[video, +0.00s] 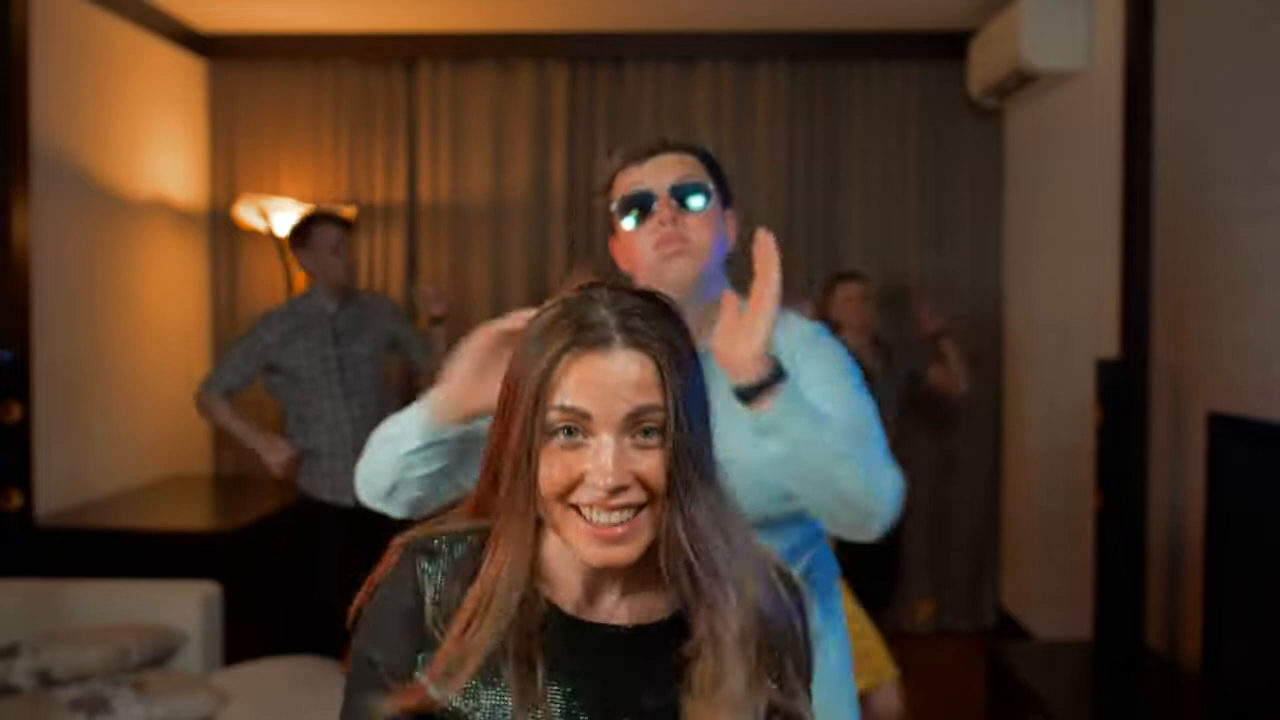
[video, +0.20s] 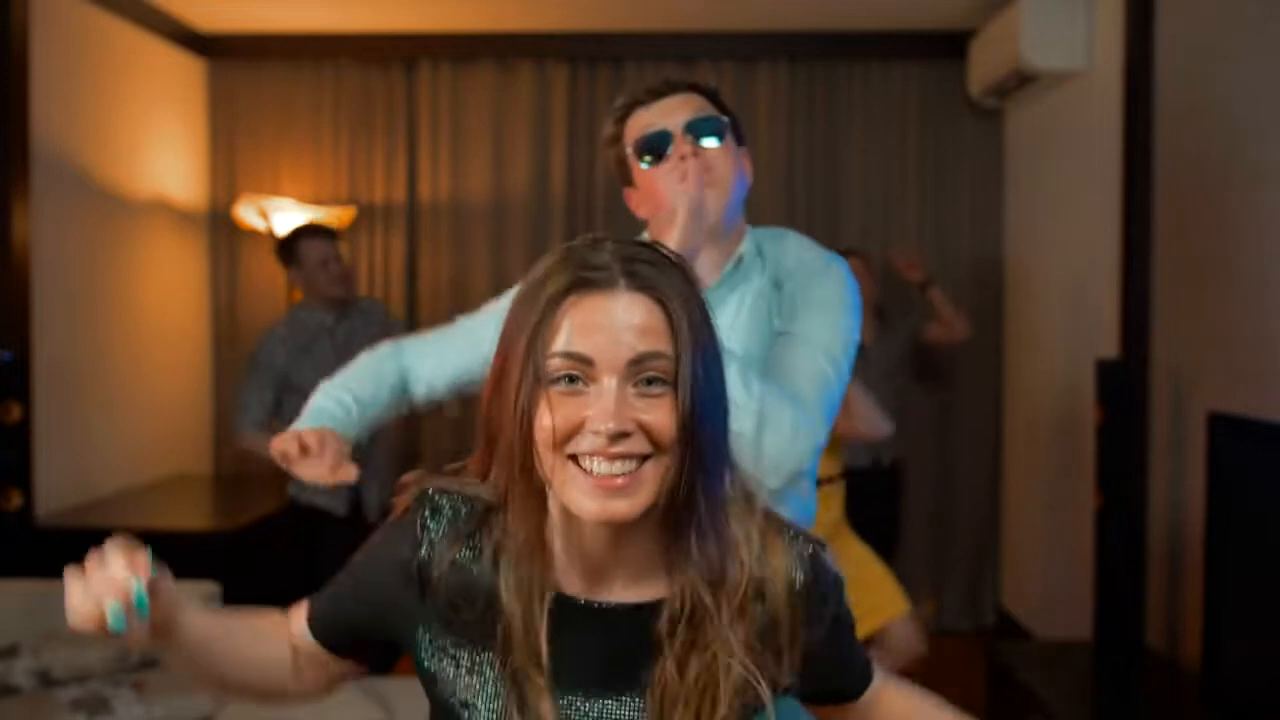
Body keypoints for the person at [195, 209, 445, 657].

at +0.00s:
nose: (345, 258)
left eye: (346, 247)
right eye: (332, 249)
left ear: (353, 252)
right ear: (303, 260)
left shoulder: (380, 313)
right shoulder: (282, 327)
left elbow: (431, 377)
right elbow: (209, 395)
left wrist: (437, 328)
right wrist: (262, 441)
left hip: (387, 495)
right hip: (319, 500)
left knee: (388, 621)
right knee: (324, 625)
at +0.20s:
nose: (340, 270)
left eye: (339, 258)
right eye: (325, 263)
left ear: (345, 260)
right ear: (297, 276)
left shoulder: (377, 320)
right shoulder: (282, 341)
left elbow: (402, 405)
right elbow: (250, 432)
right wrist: (311, 459)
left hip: (379, 488)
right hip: (315, 495)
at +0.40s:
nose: (340, 271)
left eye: (339, 260)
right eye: (326, 265)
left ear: (345, 260)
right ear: (299, 277)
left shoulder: (379, 323)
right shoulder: (286, 346)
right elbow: (288, 445)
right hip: (319, 496)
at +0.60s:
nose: (356, 251)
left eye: (355, 240)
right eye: (340, 246)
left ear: (360, 239)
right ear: (316, 258)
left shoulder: (372, 302)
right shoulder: (307, 317)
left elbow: (386, 388)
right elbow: (327, 411)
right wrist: (400, 354)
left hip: (379, 479)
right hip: (330, 487)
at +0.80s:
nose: (377, 248)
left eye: (378, 238)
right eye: (364, 242)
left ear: (382, 242)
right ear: (338, 251)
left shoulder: (366, 300)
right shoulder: (340, 300)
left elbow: (356, 382)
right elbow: (352, 387)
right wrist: (417, 341)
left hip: (362, 471)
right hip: (338, 473)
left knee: (365, 589)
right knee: (348, 591)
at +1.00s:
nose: (407, 256)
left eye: (406, 246)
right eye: (395, 246)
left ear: (390, 254)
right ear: (367, 254)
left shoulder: (373, 306)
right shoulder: (358, 304)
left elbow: (355, 384)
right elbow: (348, 386)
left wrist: (416, 380)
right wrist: (417, 381)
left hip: (357, 474)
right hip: (339, 474)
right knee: (349, 590)